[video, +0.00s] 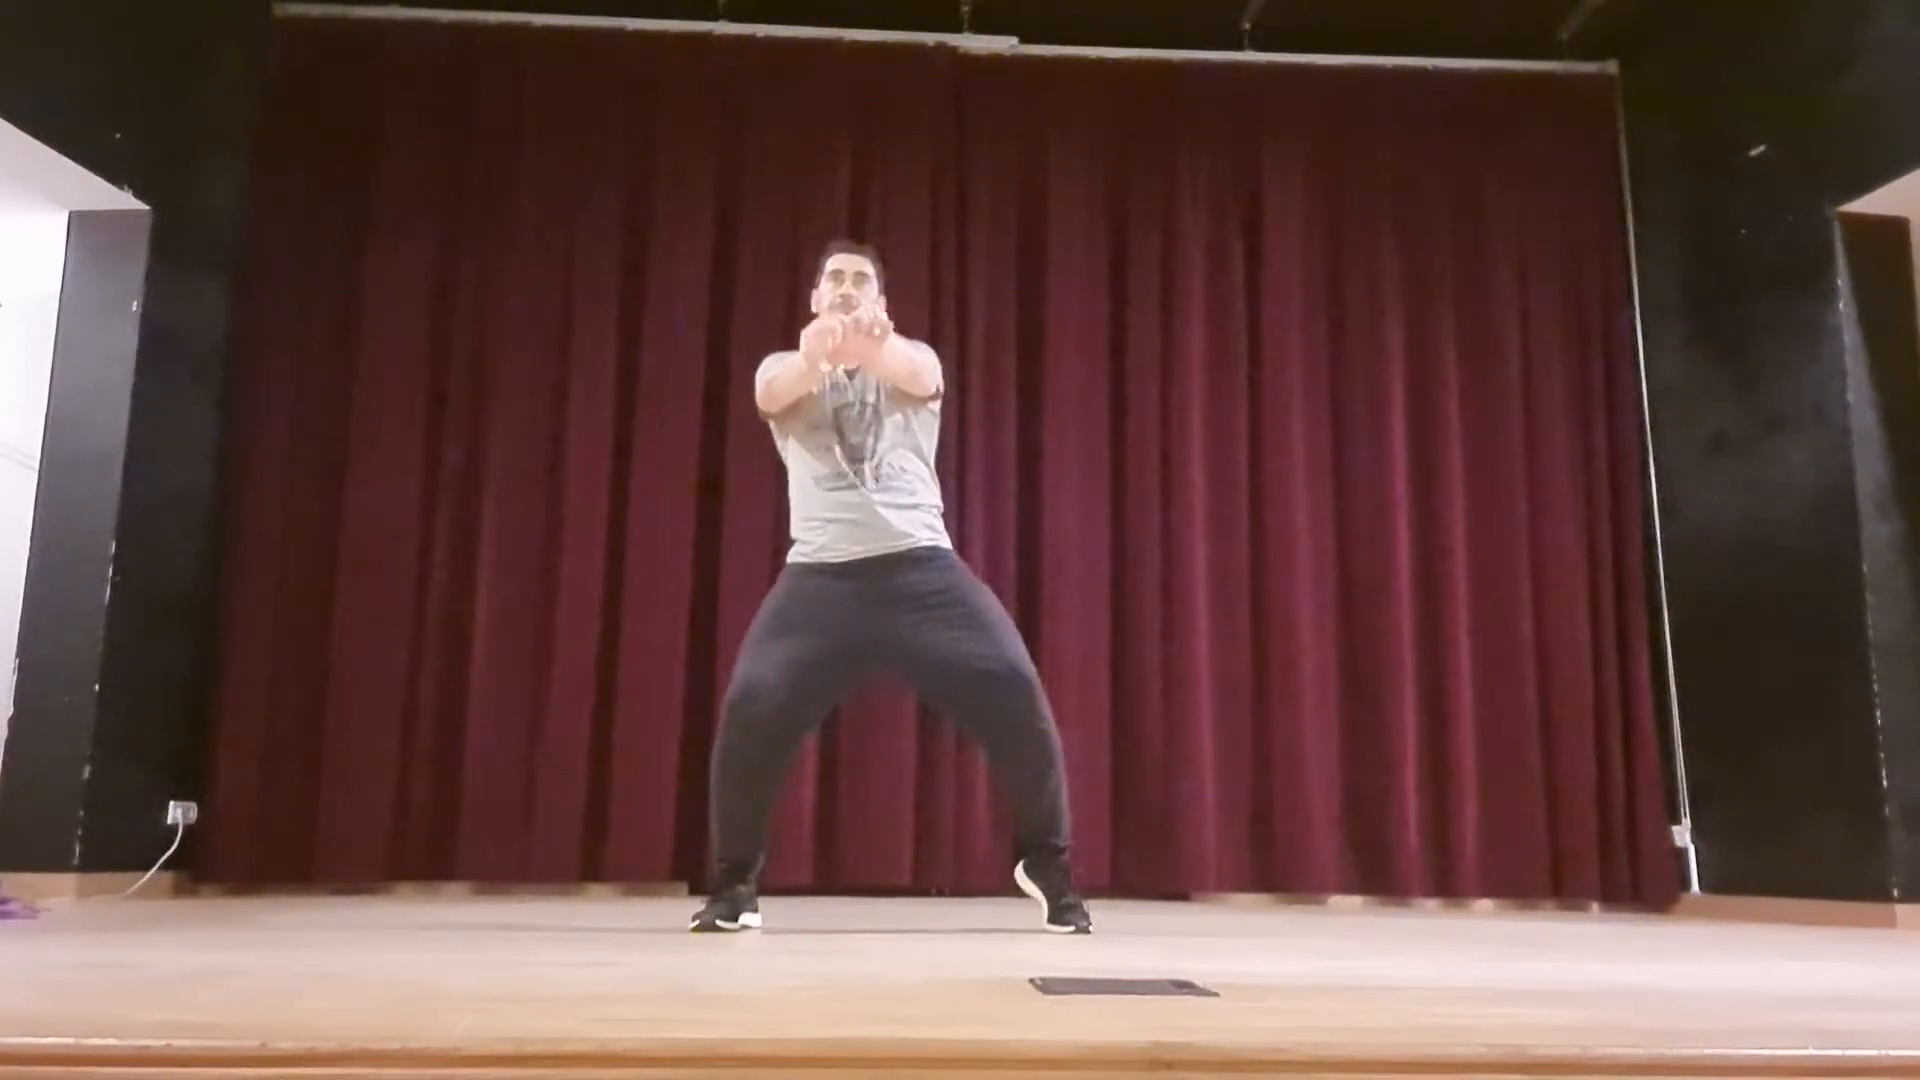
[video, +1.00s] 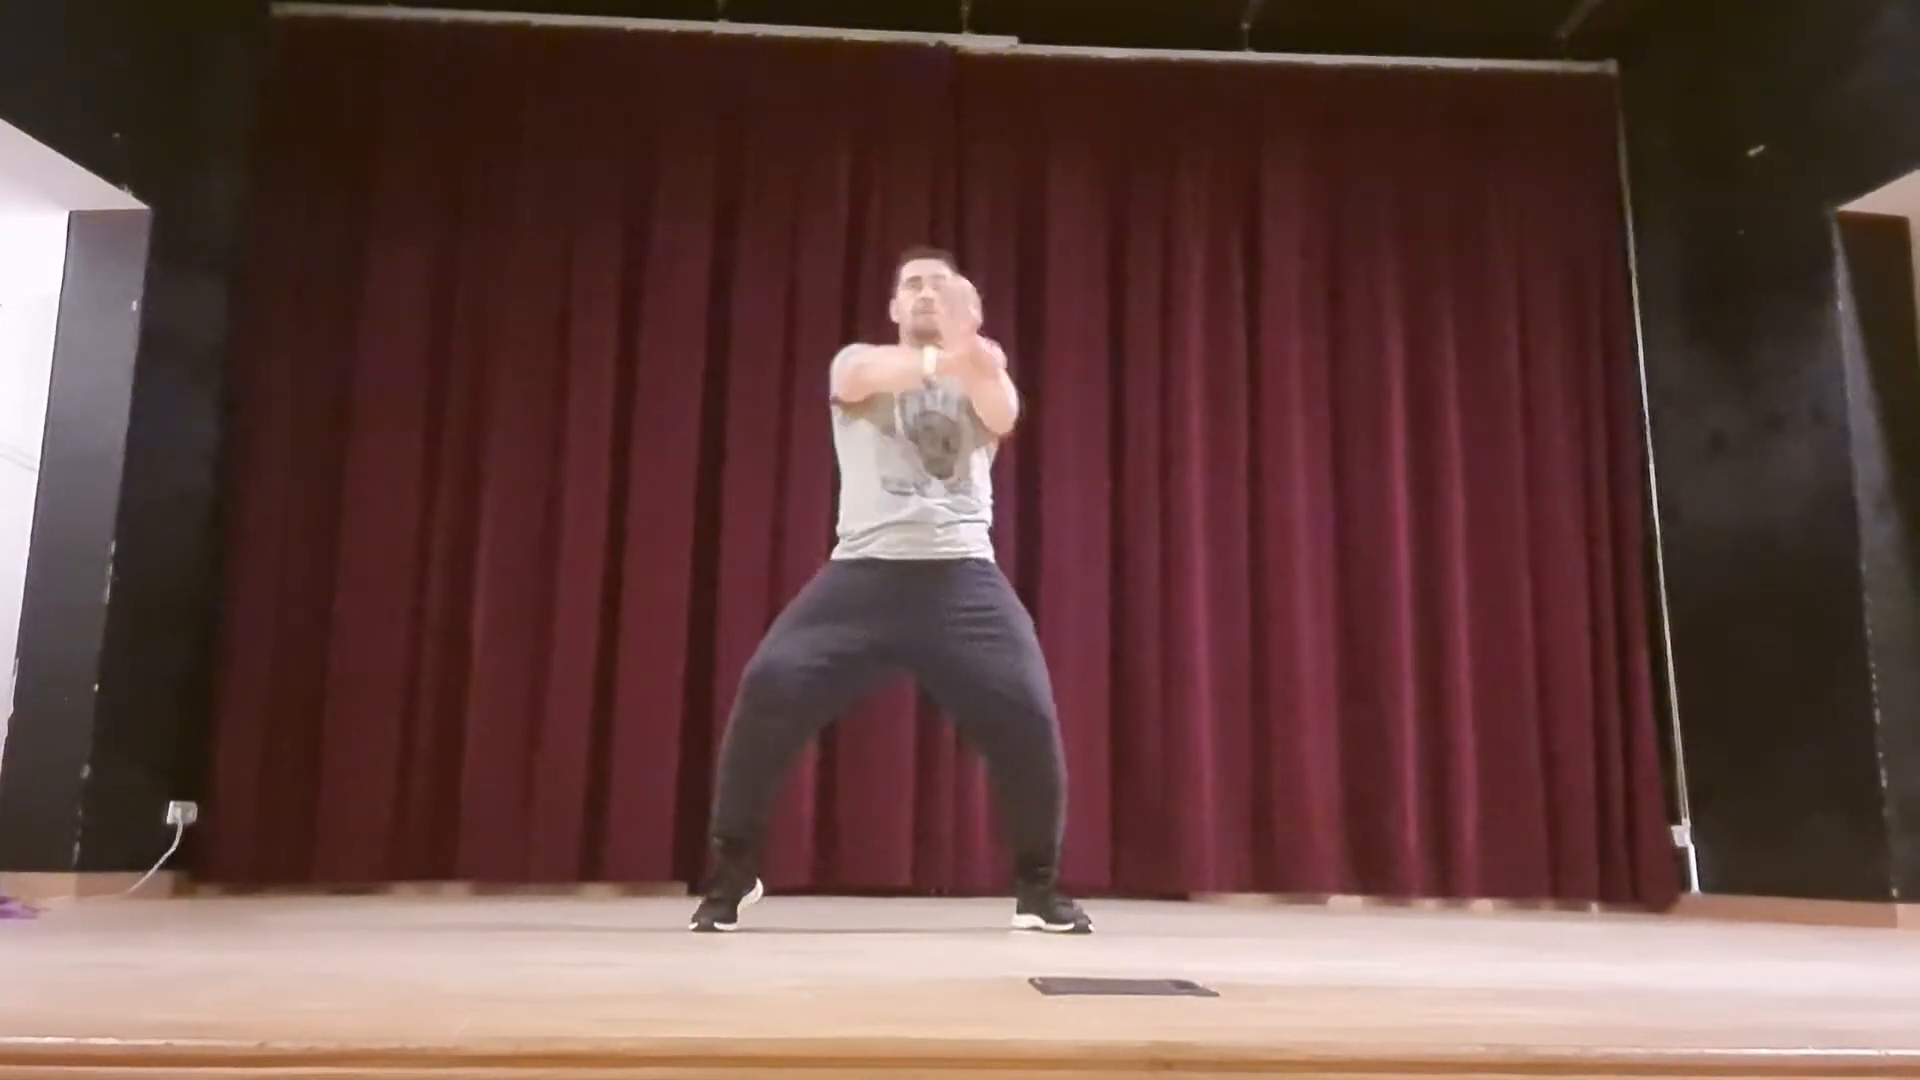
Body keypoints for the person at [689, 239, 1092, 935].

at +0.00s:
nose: (846, 290)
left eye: (859, 280)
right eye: (834, 280)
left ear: (881, 299)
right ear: (813, 297)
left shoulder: (912, 358)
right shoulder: (784, 366)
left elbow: (921, 379)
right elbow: (771, 398)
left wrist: (875, 346)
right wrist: (815, 363)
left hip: (923, 572)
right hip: (819, 579)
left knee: (1016, 692)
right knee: (753, 702)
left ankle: (1047, 862)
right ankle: (732, 886)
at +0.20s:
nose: (857, 290)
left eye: (870, 283)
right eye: (846, 281)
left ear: (893, 307)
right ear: (823, 303)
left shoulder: (926, 365)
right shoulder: (793, 368)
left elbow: (928, 389)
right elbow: (785, 403)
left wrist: (856, 346)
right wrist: (845, 362)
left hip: (926, 573)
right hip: (822, 578)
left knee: (1016, 698)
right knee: (755, 703)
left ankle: (1044, 871)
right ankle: (733, 887)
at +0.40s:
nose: (906, 270)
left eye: (920, 264)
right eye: (891, 261)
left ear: (939, 287)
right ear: (863, 285)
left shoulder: (962, 352)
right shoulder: (838, 345)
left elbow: (976, 386)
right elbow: (828, 358)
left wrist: (938, 323)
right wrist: (893, 313)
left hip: (946, 571)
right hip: (843, 569)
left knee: (1018, 698)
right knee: (764, 688)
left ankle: (1042, 876)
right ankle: (733, 876)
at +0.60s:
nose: (945, 290)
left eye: (959, 280)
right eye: (931, 282)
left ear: (981, 302)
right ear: (909, 303)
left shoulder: (998, 371)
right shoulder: (875, 357)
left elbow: (1016, 419)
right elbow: (868, 373)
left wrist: (987, 346)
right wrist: (950, 345)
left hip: (966, 577)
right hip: (864, 571)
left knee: (1027, 706)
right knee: (771, 684)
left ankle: (1041, 889)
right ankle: (731, 868)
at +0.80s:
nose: (954, 294)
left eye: (967, 283)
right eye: (941, 284)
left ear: (988, 301)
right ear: (919, 302)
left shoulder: (1003, 375)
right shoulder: (880, 355)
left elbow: (1021, 417)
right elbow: (880, 365)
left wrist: (1007, 351)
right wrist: (972, 346)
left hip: (968, 578)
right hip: (866, 571)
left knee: (1029, 709)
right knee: (775, 681)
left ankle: (1040, 888)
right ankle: (732, 865)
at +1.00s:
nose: (922, 292)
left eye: (937, 283)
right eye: (911, 285)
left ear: (970, 307)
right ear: (893, 309)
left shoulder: (986, 368)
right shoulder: (861, 362)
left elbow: (1001, 417)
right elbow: (858, 378)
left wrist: (970, 355)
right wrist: (929, 362)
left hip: (964, 578)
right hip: (861, 574)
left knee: (1027, 709)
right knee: (771, 683)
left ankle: (1039, 889)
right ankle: (731, 870)